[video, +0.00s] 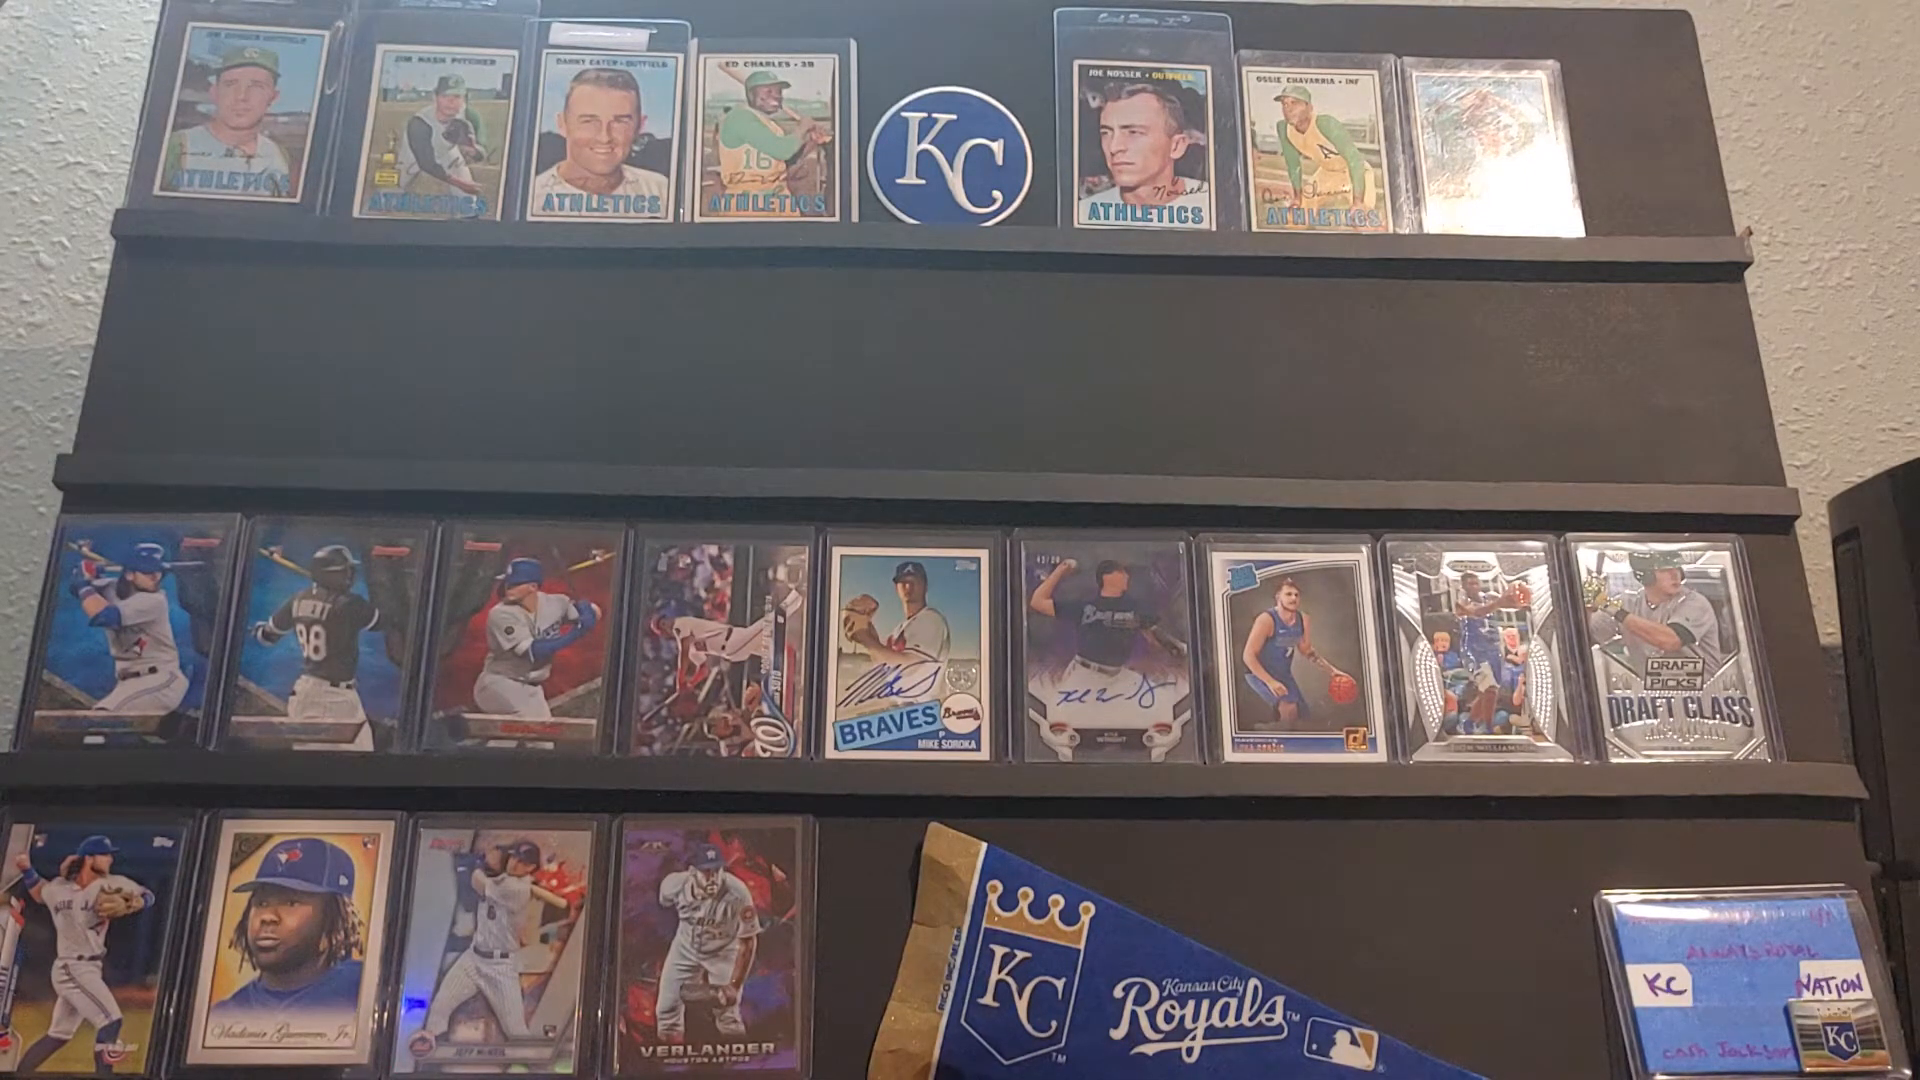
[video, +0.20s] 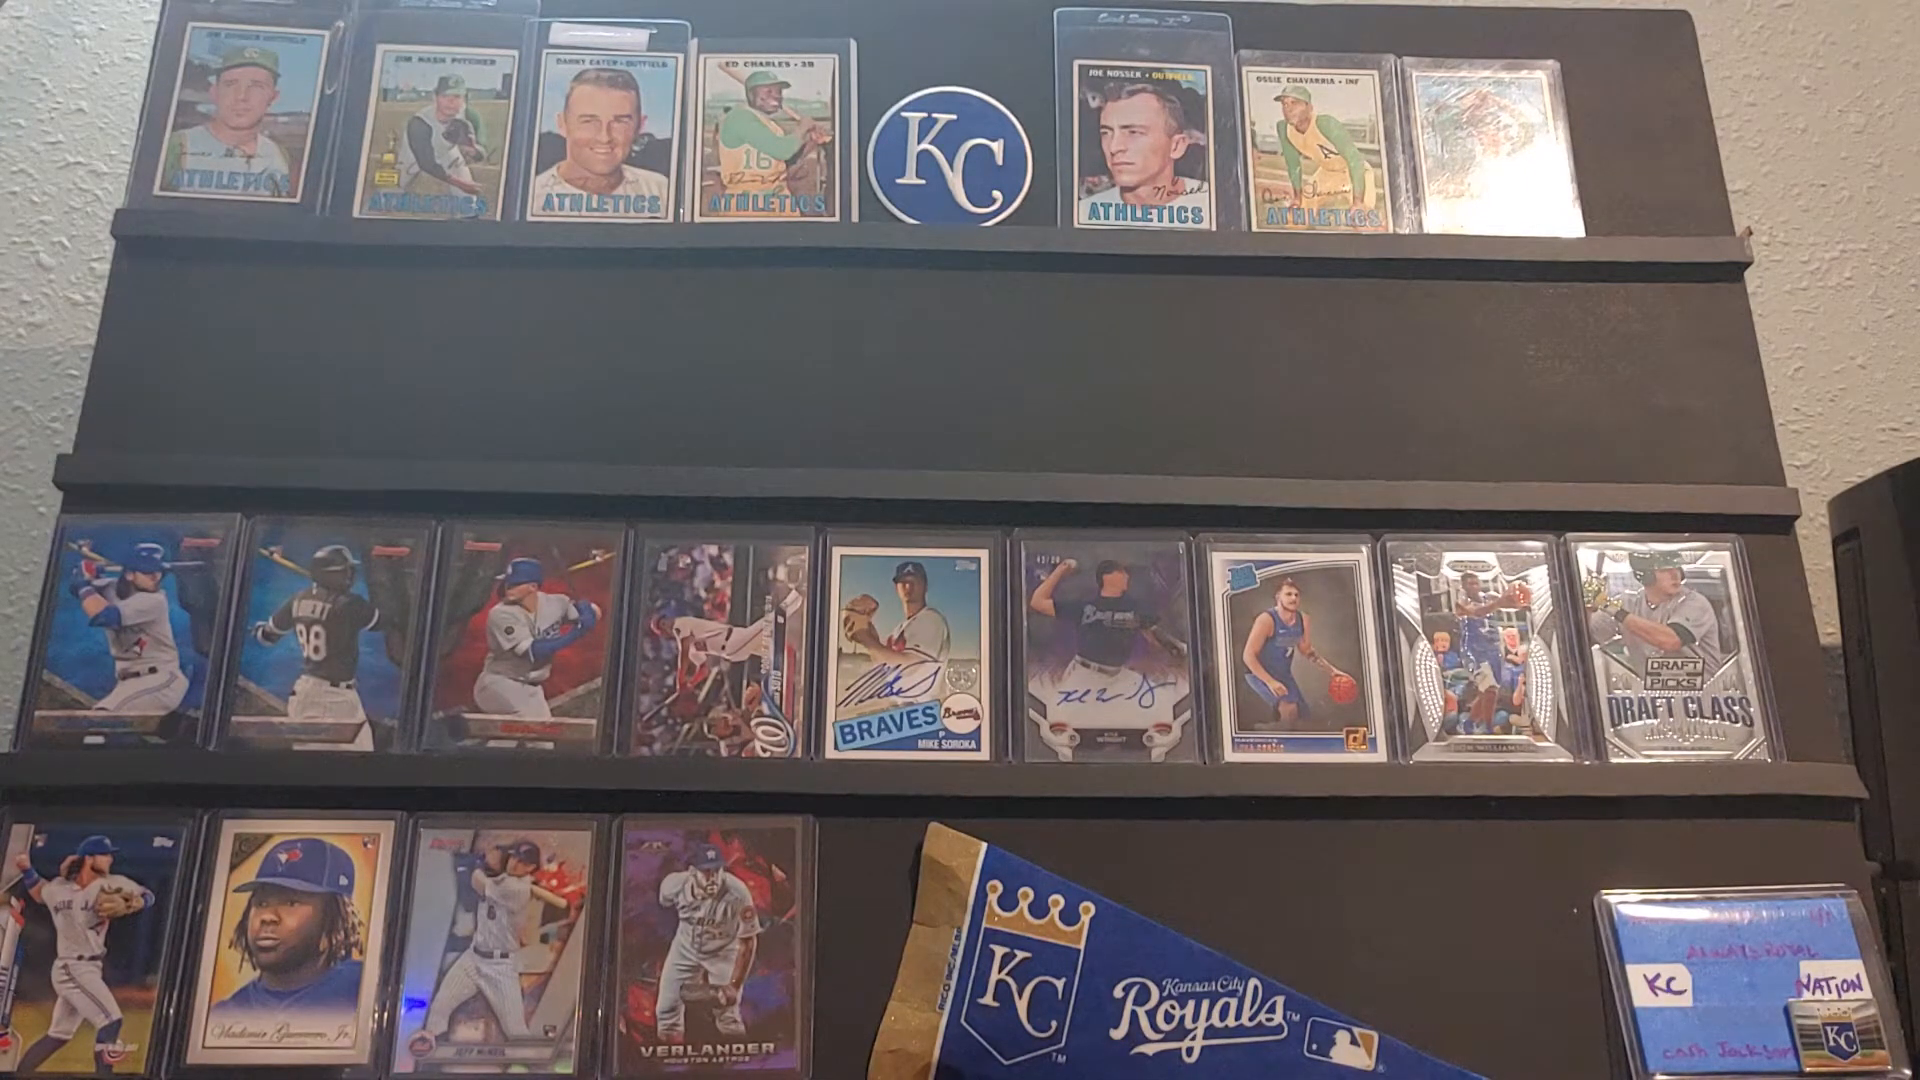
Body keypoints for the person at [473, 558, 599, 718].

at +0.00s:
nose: (507, 588)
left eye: (514, 584)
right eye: (507, 584)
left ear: (532, 587)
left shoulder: (556, 603)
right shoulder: (500, 614)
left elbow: (580, 607)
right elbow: (531, 651)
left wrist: (587, 614)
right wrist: (575, 634)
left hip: (531, 687)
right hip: (497, 683)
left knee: (545, 732)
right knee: (530, 716)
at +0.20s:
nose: (507, 588)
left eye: (514, 584)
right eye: (507, 584)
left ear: (532, 587)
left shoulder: (556, 603)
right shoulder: (500, 614)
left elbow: (580, 607)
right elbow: (531, 651)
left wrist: (587, 614)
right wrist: (575, 634)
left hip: (531, 687)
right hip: (497, 683)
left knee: (545, 732)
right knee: (530, 716)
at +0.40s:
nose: (507, 588)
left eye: (514, 584)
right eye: (507, 584)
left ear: (532, 587)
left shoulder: (556, 603)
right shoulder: (500, 614)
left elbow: (581, 607)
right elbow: (531, 651)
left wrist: (587, 614)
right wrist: (575, 634)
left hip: (531, 687)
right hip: (497, 683)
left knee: (545, 733)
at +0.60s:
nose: (507, 588)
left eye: (514, 584)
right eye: (507, 584)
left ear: (532, 587)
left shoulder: (556, 603)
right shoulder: (500, 614)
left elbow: (581, 607)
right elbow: (532, 651)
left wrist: (588, 614)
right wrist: (575, 633)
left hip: (531, 687)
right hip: (497, 683)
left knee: (545, 733)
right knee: (529, 717)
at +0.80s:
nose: (507, 588)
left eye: (514, 584)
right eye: (507, 583)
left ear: (532, 587)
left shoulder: (555, 603)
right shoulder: (500, 614)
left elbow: (581, 607)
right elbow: (532, 651)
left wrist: (587, 614)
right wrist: (575, 633)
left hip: (531, 687)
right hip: (496, 683)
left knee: (545, 731)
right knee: (528, 716)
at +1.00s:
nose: (507, 588)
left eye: (514, 584)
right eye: (507, 583)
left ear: (532, 587)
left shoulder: (554, 603)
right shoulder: (500, 614)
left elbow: (581, 606)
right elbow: (532, 651)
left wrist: (588, 615)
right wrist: (575, 634)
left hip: (531, 687)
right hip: (496, 683)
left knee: (546, 733)